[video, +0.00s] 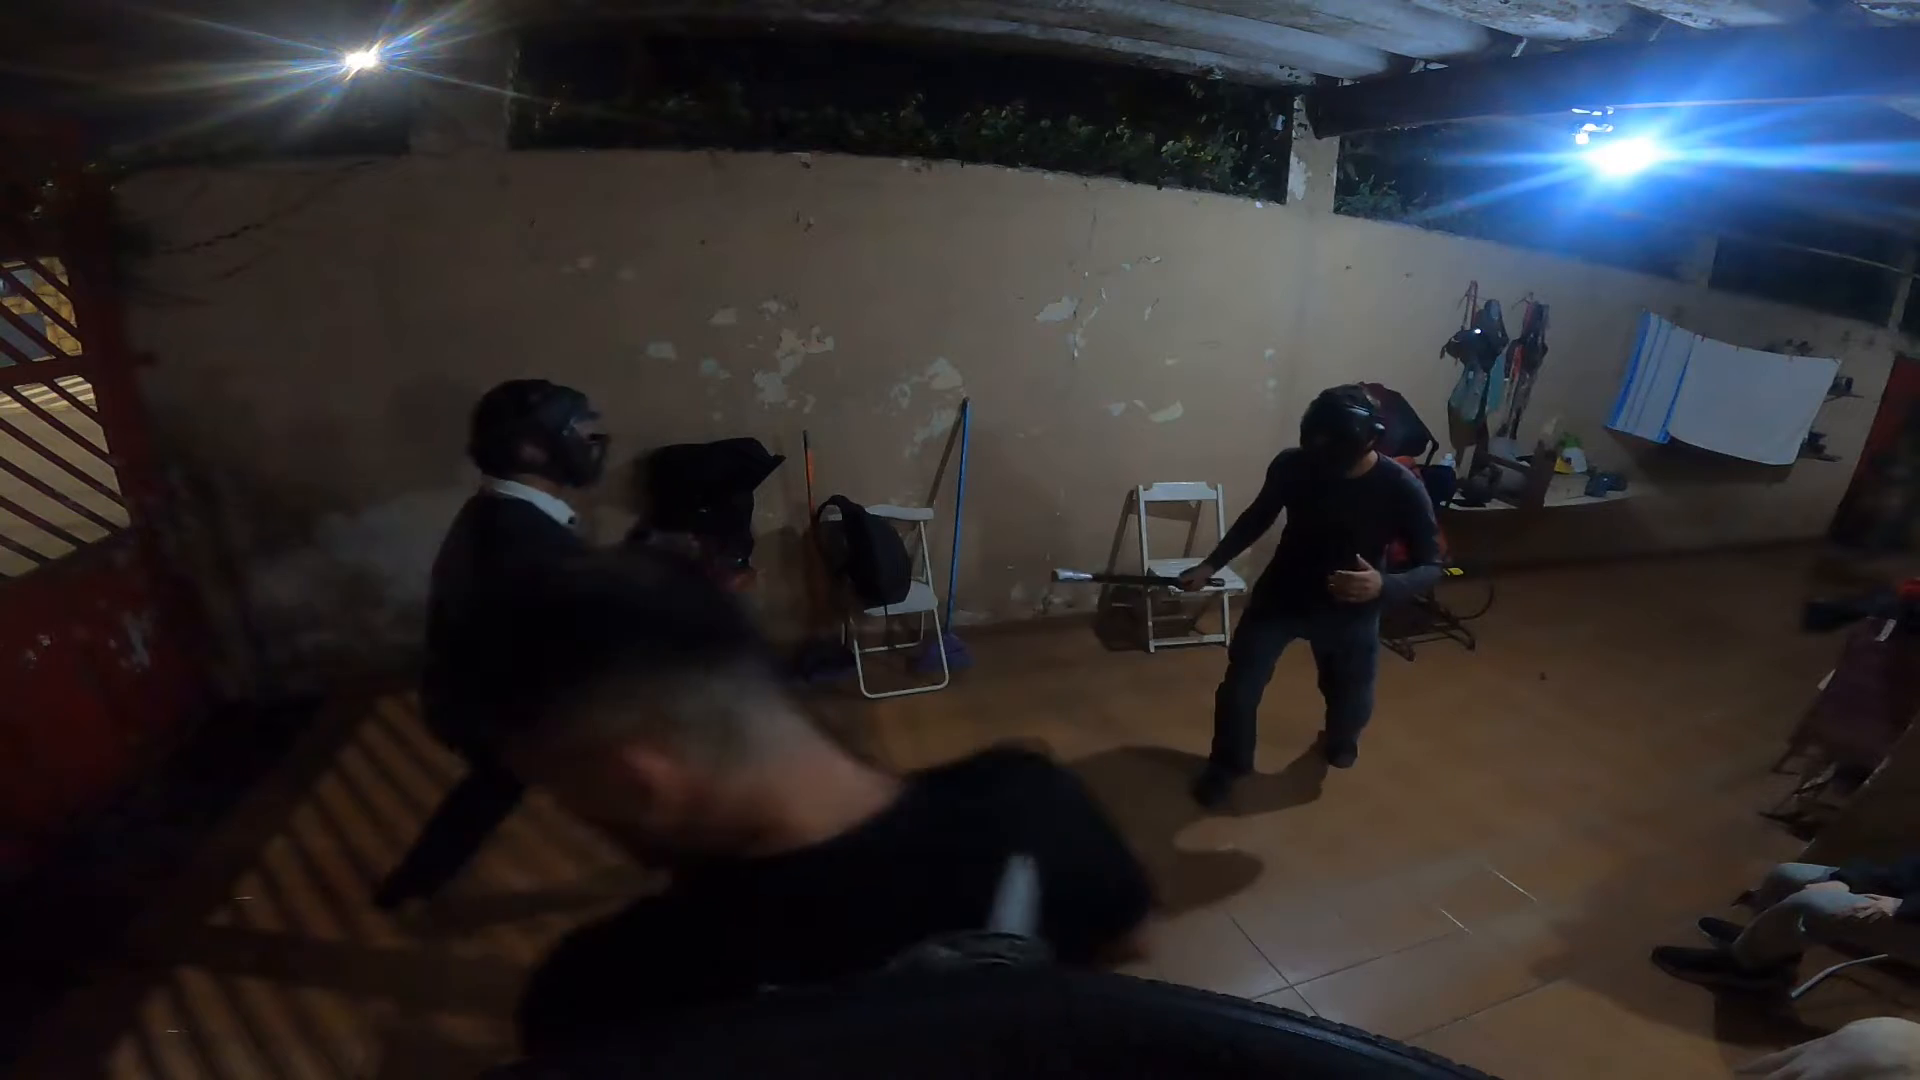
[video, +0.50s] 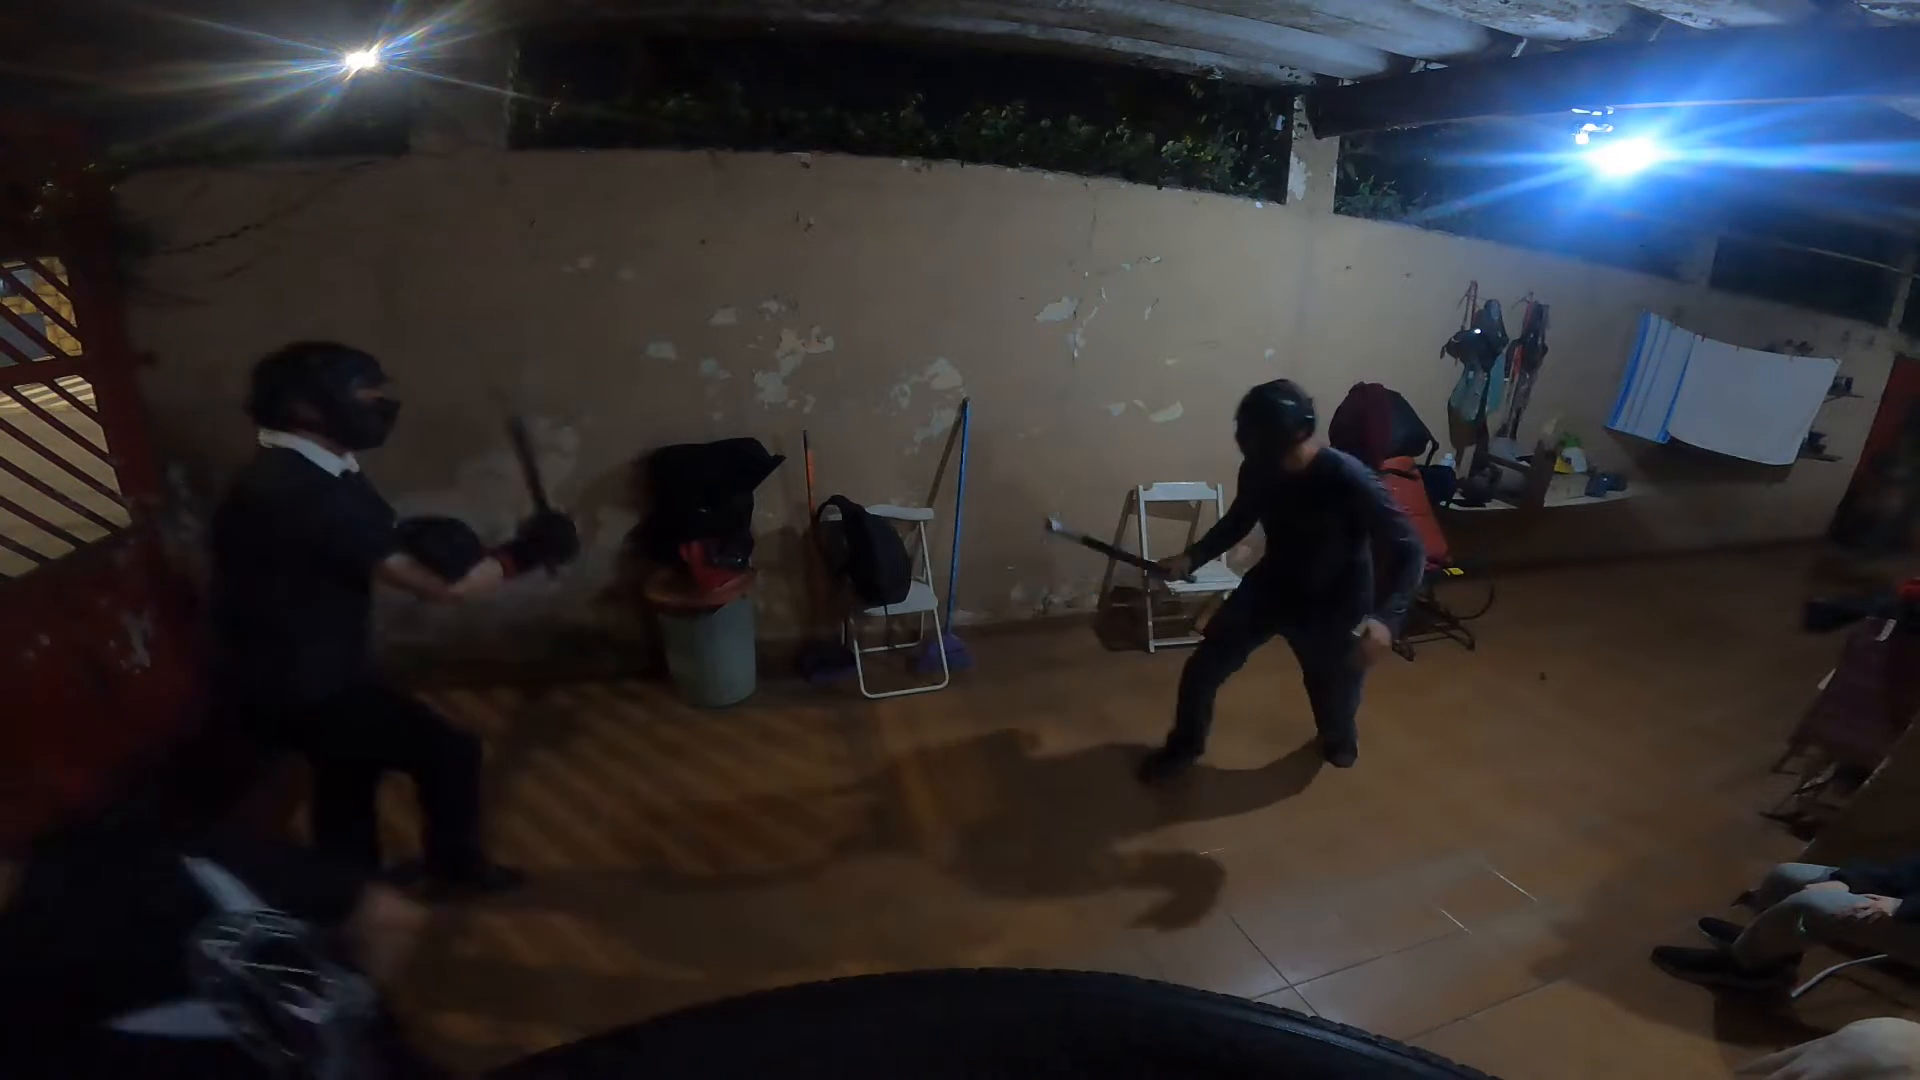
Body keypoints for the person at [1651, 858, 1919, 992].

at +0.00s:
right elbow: (1911, 871)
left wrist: (1903, 908)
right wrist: (1847, 878)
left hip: (1912, 922)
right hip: (1904, 890)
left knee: (1807, 905)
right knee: (1786, 877)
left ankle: (1742, 960)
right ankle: (1754, 941)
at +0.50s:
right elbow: (1910, 872)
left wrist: (1903, 908)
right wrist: (1848, 878)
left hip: (1912, 923)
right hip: (1904, 893)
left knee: (1807, 905)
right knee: (1785, 877)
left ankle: (1740, 961)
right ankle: (1756, 944)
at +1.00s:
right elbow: (1911, 870)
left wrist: (1903, 908)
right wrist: (1847, 878)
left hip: (1912, 923)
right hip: (1904, 891)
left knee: (1807, 905)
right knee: (1785, 877)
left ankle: (1740, 962)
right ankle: (1755, 942)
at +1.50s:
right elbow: (1910, 870)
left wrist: (1904, 909)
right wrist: (1845, 879)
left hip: (1911, 922)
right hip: (1903, 893)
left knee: (1805, 906)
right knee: (1785, 876)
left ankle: (1738, 962)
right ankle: (1755, 942)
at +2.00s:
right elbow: (1909, 869)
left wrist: (1903, 908)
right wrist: (1846, 879)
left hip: (1911, 924)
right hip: (1902, 893)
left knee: (1806, 906)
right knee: (1786, 876)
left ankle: (1740, 961)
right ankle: (1752, 941)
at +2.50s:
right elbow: (1912, 870)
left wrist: (1903, 908)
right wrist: (1846, 880)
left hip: (1911, 925)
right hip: (1901, 892)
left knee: (1807, 905)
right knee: (1784, 877)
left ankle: (1739, 961)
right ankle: (1760, 945)